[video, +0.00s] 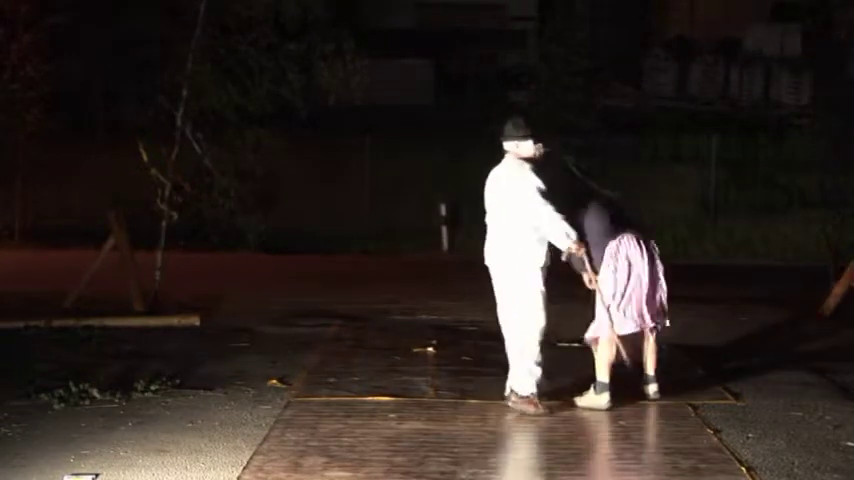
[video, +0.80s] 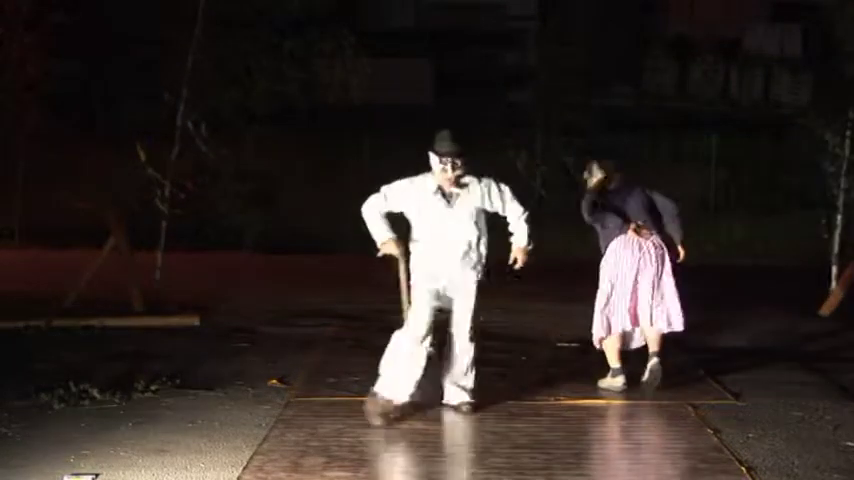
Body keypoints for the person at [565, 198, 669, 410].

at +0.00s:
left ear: (614, 224)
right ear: (633, 222)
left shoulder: (615, 248)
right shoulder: (648, 245)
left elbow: (608, 284)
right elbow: (659, 281)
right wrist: (662, 307)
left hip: (618, 307)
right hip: (645, 304)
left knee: (604, 338)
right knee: (649, 333)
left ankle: (601, 390)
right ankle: (651, 382)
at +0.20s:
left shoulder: (581, 237)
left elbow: (600, 271)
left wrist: (615, 292)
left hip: (628, 255)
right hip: (655, 249)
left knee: (612, 322)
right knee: (654, 322)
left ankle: (601, 387)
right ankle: (652, 383)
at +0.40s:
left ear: (592, 202)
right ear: (614, 198)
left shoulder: (592, 216)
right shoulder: (632, 207)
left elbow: (595, 250)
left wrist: (598, 271)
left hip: (631, 249)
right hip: (661, 243)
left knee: (599, 303)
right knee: (655, 315)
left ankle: (613, 358)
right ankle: (652, 380)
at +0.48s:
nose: (592, 187)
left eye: (593, 184)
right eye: (593, 184)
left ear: (595, 186)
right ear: (619, 184)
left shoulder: (597, 203)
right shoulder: (641, 194)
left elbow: (597, 232)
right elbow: (674, 207)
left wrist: (595, 260)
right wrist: (697, 235)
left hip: (629, 246)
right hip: (661, 242)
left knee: (606, 308)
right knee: (655, 314)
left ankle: (614, 363)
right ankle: (651, 380)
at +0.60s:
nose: (584, 192)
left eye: (584, 188)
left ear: (587, 190)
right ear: (608, 181)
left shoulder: (593, 206)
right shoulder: (637, 191)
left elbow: (604, 239)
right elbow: (667, 200)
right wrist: (686, 230)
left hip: (625, 255)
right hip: (658, 247)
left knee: (612, 315)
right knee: (653, 316)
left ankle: (615, 373)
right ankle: (649, 378)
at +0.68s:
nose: (598, 188)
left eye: (593, 185)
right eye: (600, 182)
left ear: (587, 186)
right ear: (610, 180)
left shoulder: (590, 204)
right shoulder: (634, 193)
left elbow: (596, 217)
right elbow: (667, 203)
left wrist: (627, 227)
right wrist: (680, 233)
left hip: (621, 255)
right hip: (655, 249)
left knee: (613, 312)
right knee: (652, 309)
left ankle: (615, 372)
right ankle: (651, 367)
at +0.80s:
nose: (589, 185)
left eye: (590, 181)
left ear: (594, 182)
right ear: (619, 175)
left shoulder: (596, 203)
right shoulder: (639, 192)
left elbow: (588, 213)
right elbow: (669, 208)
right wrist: (676, 240)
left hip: (619, 252)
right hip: (653, 248)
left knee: (610, 308)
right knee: (650, 304)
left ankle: (615, 371)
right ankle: (654, 357)